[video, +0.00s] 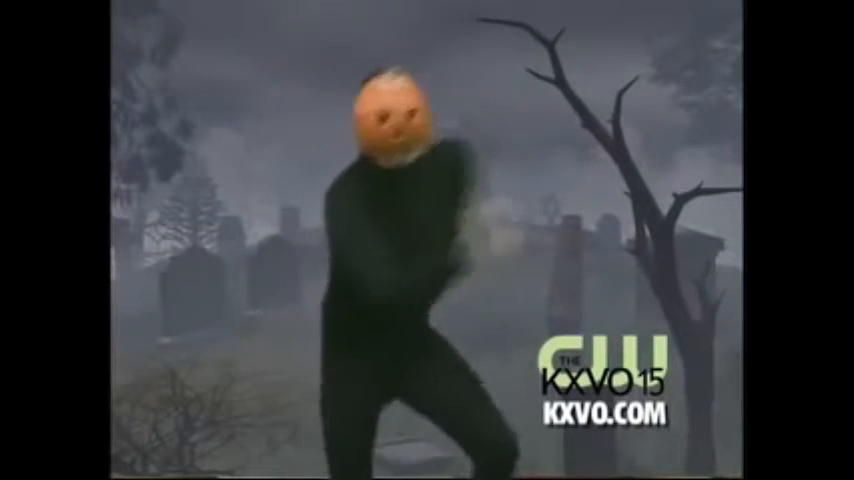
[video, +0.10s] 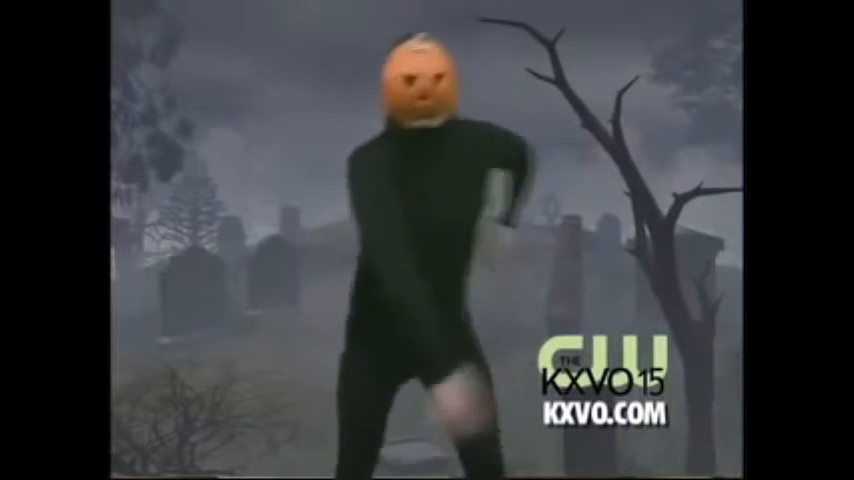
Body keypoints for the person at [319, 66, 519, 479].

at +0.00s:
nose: (398, 128)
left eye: (411, 114)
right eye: (382, 117)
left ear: (428, 119)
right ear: (361, 128)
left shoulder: (449, 164)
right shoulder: (348, 194)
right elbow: (384, 294)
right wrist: (458, 258)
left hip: (414, 347)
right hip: (352, 358)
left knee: (497, 449)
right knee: (350, 472)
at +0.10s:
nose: (424, 90)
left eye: (437, 78)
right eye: (409, 79)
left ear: (454, 85)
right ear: (387, 91)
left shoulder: (475, 141)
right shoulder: (371, 161)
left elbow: (520, 156)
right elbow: (395, 271)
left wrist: (505, 221)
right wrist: (443, 367)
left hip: (449, 329)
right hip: (377, 335)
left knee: (485, 463)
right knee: (355, 465)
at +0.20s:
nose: (455, 94)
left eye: (469, 82)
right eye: (440, 84)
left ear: (488, 92)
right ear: (419, 94)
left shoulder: (514, 162)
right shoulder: (398, 174)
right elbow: (382, 290)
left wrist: (534, 274)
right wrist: (381, 394)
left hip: (474, 348)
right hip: (400, 350)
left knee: (495, 469)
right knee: (364, 468)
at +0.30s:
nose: (487, 124)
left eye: (502, 113)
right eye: (473, 113)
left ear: (521, 124)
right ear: (452, 122)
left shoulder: (540, 202)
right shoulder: (421, 198)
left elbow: (591, 299)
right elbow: (376, 283)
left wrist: (524, 341)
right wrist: (335, 371)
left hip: (498, 373)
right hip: (417, 367)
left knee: (511, 472)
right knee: (359, 470)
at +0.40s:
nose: (512, 124)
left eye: (527, 113)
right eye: (498, 113)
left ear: (546, 125)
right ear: (478, 122)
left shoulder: (554, 208)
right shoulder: (448, 183)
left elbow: (555, 326)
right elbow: (396, 244)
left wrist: (476, 288)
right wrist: (338, 304)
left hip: (500, 366)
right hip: (429, 349)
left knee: (511, 471)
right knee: (341, 434)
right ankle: (409, 472)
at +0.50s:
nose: (527, 110)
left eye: (540, 102)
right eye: (521, 90)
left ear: (560, 106)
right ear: (501, 94)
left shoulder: (563, 174)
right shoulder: (481, 138)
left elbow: (511, 256)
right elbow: (435, 194)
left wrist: (463, 166)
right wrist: (375, 251)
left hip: (498, 342)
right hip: (432, 314)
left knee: (503, 472)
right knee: (317, 364)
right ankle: (407, 461)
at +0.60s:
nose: (556, 63)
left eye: (572, 57)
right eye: (546, 51)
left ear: (586, 78)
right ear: (523, 62)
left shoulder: (568, 156)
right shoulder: (495, 122)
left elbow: (485, 198)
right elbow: (456, 188)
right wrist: (400, 232)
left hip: (491, 327)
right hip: (425, 297)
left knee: (499, 469)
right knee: (300, 323)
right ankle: (403, 431)